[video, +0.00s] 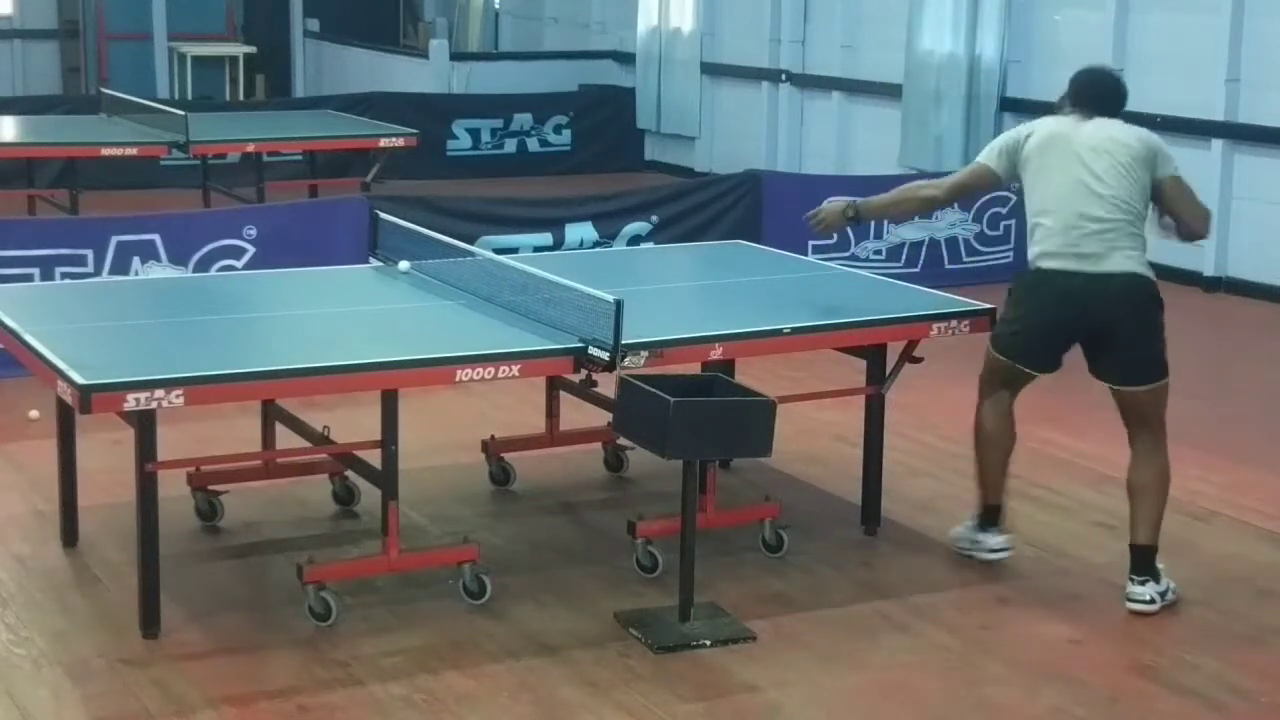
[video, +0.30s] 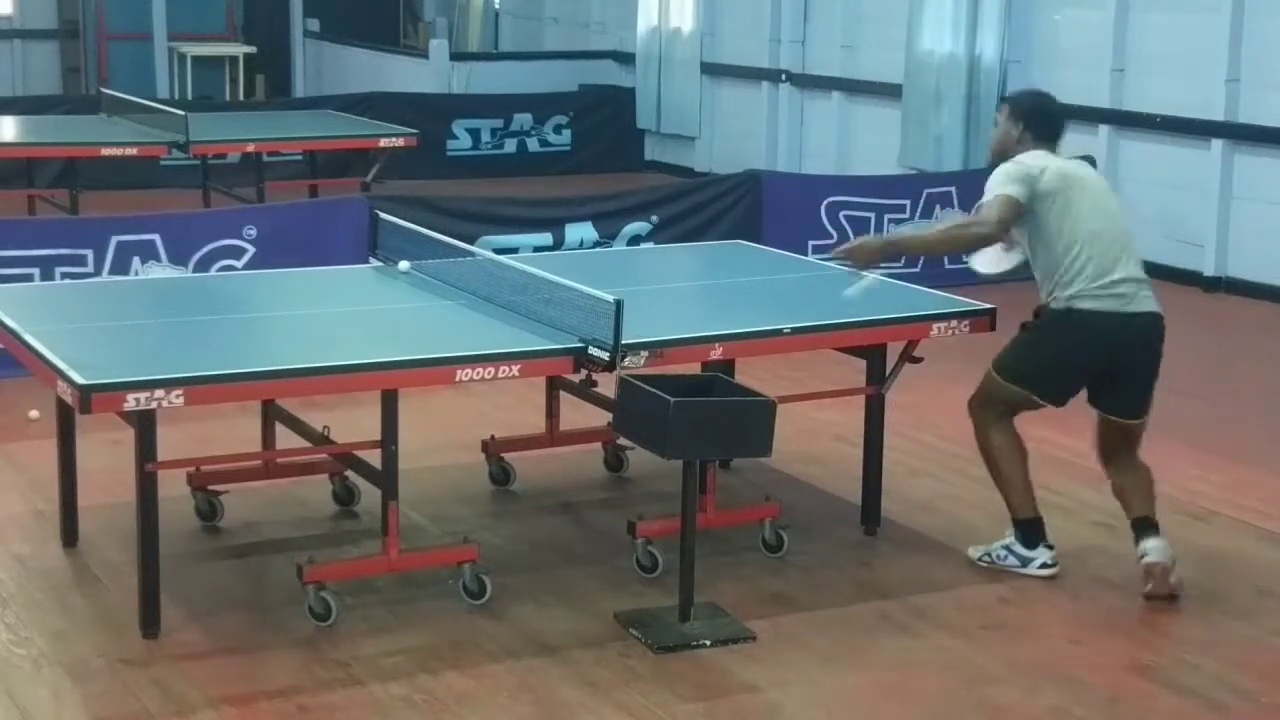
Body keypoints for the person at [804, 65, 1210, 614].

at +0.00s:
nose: (1062, 107)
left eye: (1065, 100)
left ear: (1066, 102)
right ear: (1120, 110)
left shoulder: (1030, 136)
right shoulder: (1143, 143)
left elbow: (941, 193)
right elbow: (1196, 226)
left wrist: (854, 209)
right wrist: (1168, 208)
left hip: (1047, 291)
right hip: (1127, 298)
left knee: (997, 393)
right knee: (1147, 432)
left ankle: (989, 526)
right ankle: (1144, 576)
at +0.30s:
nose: (993, 135)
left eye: (998, 124)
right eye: (996, 124)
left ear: (1018, 129)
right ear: (1052, 135)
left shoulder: (1021, 168)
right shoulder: (1086, 174)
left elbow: (988, 227)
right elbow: (1101, 252)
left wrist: (887, 243)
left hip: (1076, 324)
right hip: (1141, 327)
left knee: (989, 409)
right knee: (1122, 450)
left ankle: (1031, 544)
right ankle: (1151, 542)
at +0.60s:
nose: (995, 53)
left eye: (1007, 44)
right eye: (995, 44)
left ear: (1041, 53)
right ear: (1007, 54)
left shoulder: (1081, 108)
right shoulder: (1011, 114)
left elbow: (1123, 191)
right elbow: (1020, 175)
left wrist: (1057, 195)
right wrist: (978, 191)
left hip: (1106, 254)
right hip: (1060, 257)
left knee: (1065, 380)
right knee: (1023, 358)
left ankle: (1062, 522)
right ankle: (1114, 448)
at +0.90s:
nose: (1015, 120)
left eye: (1026, 112)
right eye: (1014, 110)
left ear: (1060, 118)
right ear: (1021, 113)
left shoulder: (1106, 170)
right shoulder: (1016, 170)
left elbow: (1144, 242)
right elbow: (1017, 240)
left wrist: (1076, 261)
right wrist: (980, 243)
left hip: (1117, 286)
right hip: (1058, 287)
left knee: (1113, 393)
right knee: (991, 360)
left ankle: (1188, 506)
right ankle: (1021, 443)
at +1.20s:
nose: (1031, 114)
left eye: (1042, 106)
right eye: (1030, 105)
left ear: (1076, 110)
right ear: (1035, 109)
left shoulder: (1116, 159)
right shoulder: (1043, 163)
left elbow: (1157, 238)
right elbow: (1049, 235)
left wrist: (1080, 244)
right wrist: (1013, 239)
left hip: (1146, 283)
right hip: (1091, 283)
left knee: (1139, 393)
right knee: (1025, 359)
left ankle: (1223, 505)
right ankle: (1051, 440)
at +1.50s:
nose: (1060, 111)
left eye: (1071, 104)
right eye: (1059, 102)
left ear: (1104, 109)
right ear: (1070, 106)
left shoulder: (1145, 162)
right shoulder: (1071, 162)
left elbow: (1183, 244)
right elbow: (1077, 233)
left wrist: (1103, 248)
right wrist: (1045, 234)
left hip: (1165, 286)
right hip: (1107, 284)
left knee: (1151, 395)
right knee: (1041, 360)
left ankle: (1229, 506)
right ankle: (1058, 441)